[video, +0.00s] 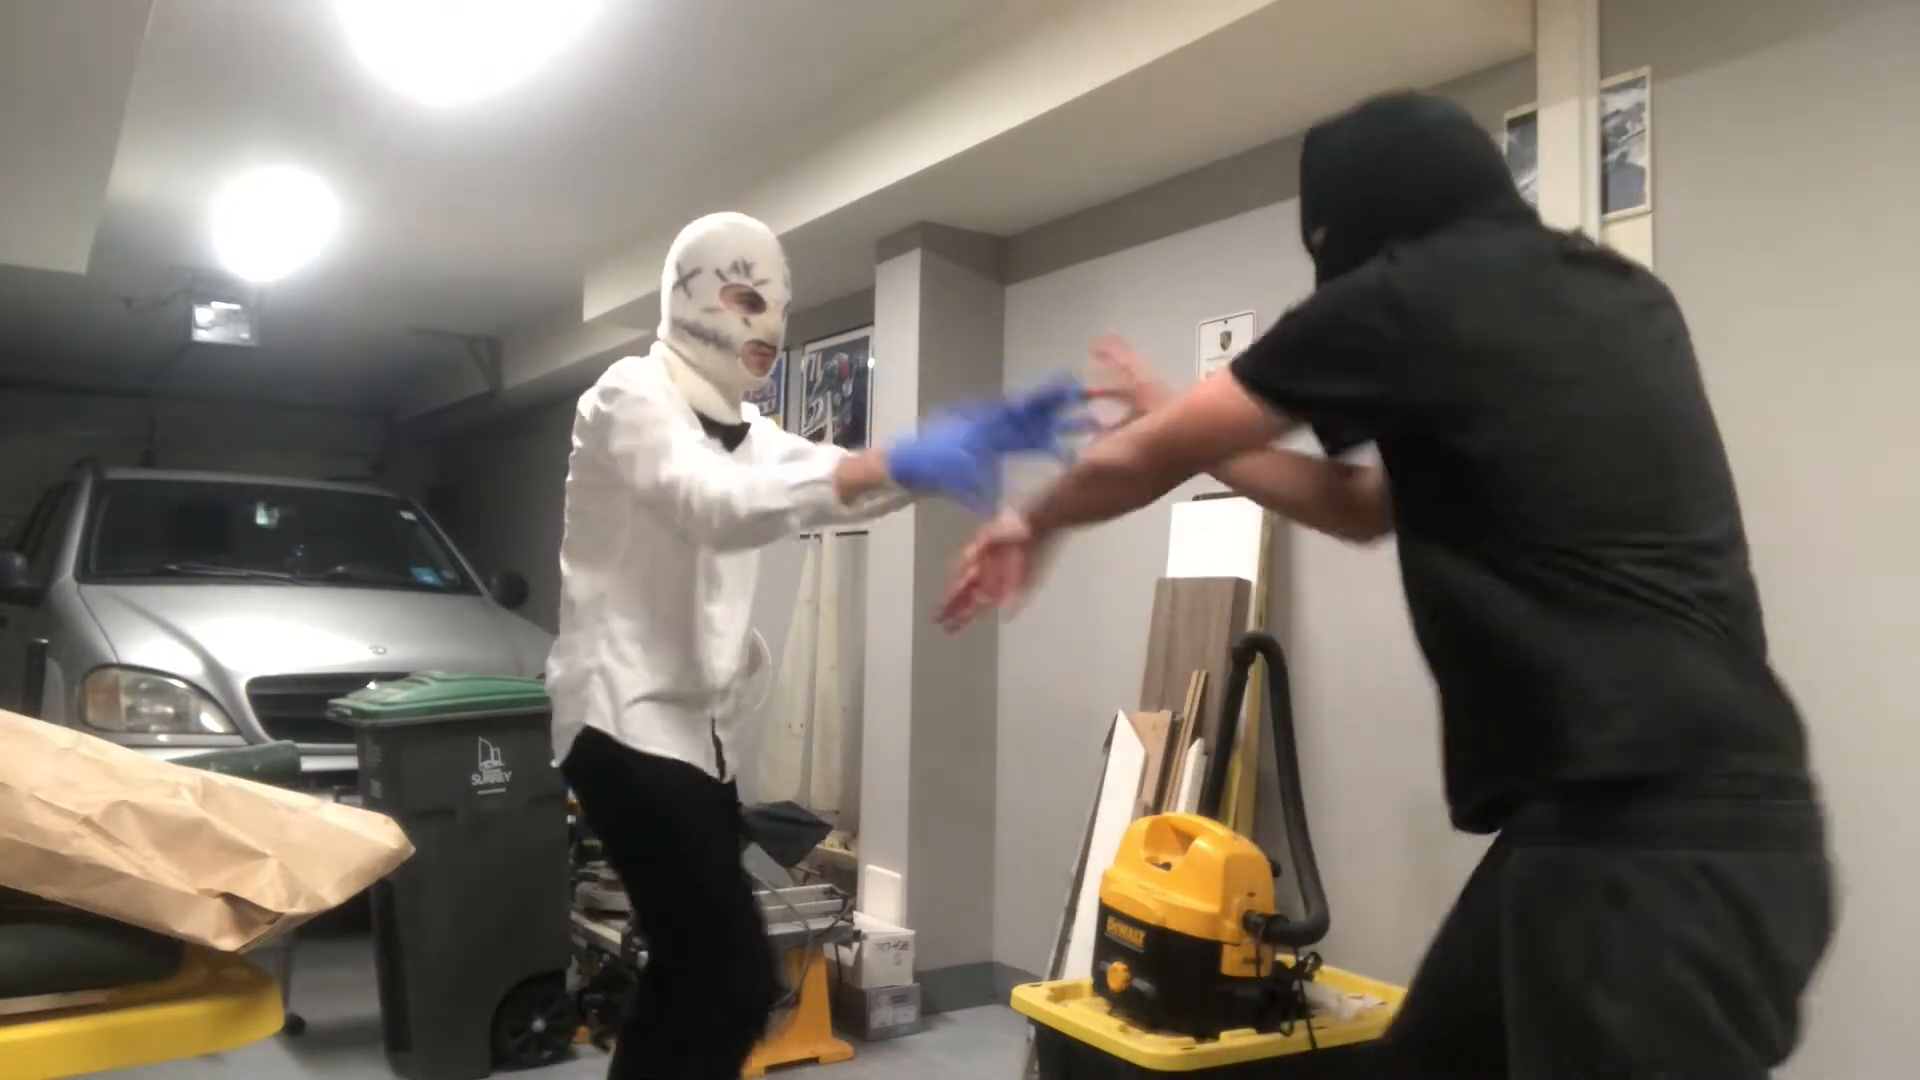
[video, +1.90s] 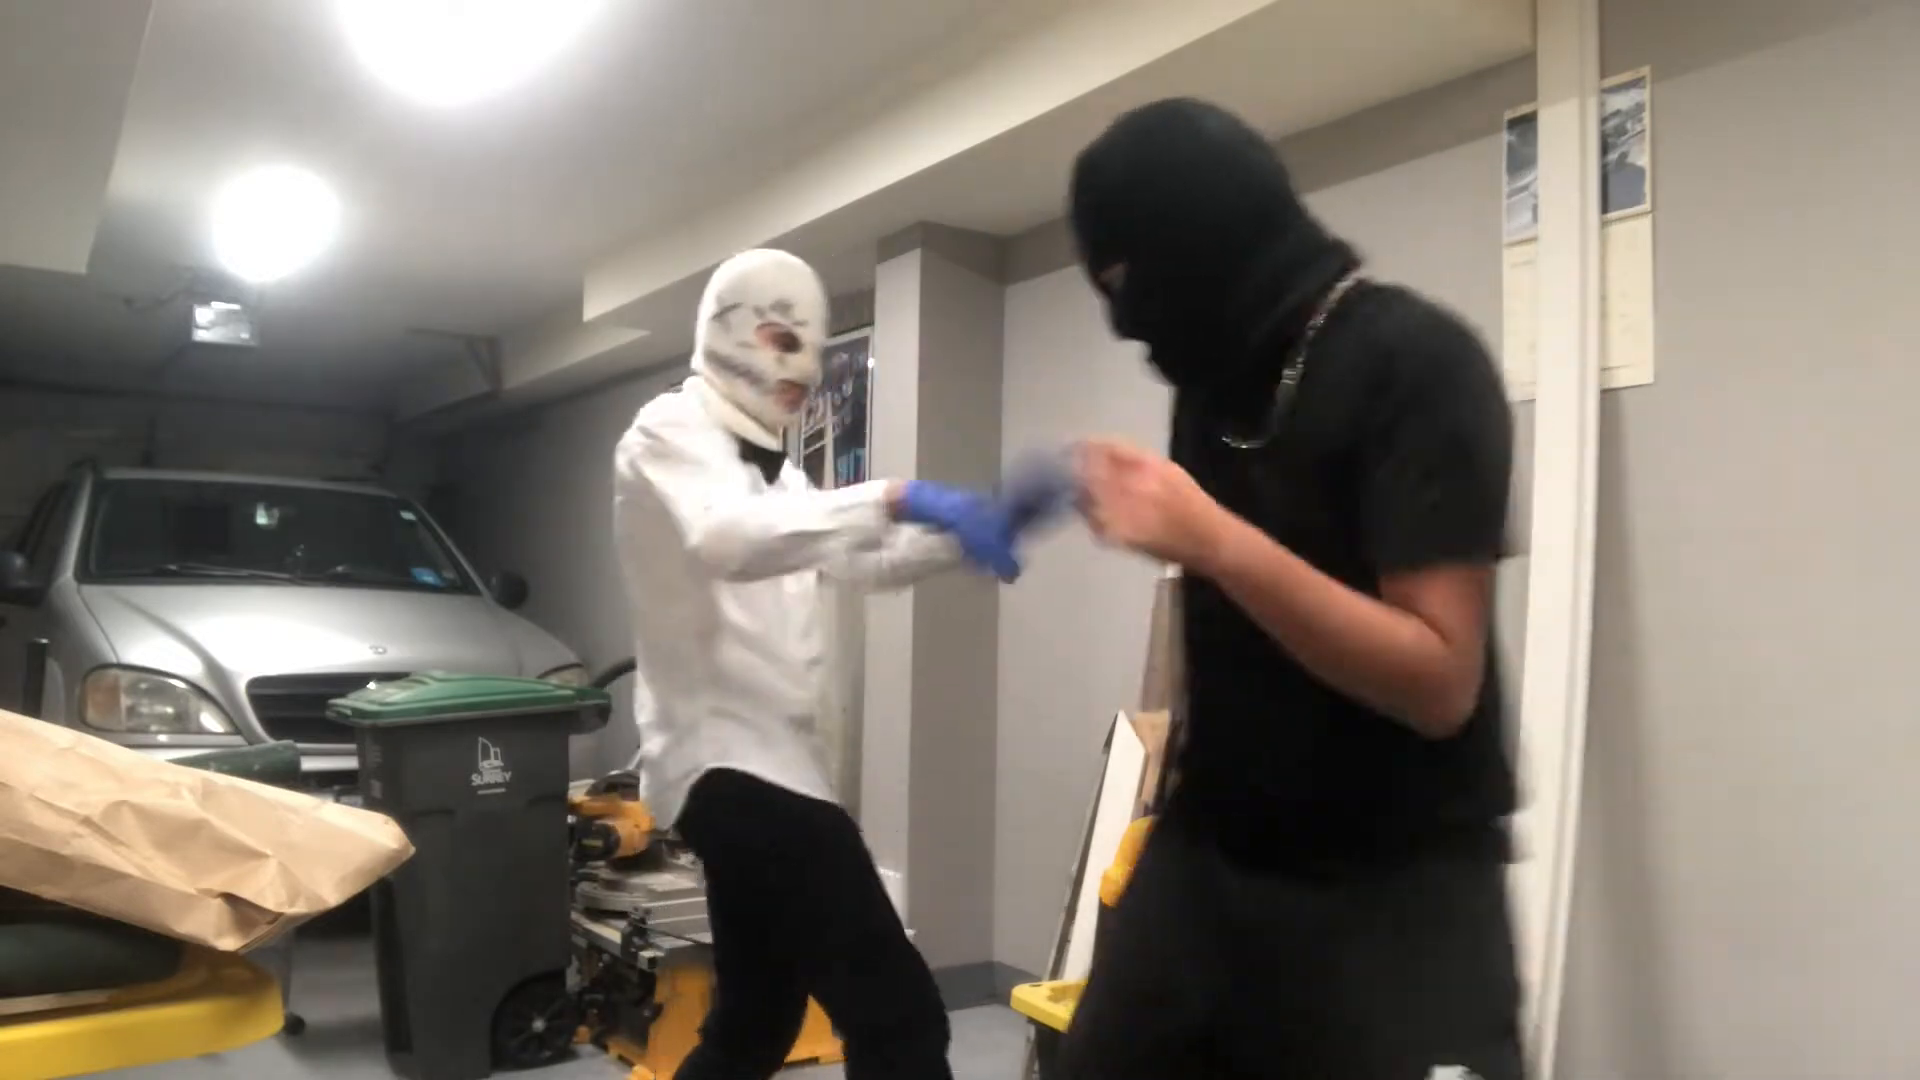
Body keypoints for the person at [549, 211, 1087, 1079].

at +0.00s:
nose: (766, 320)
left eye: (775, 302)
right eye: (743, 298)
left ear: (783, 310)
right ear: (684, 299)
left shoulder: (738, 428)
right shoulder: (630, 397)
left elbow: (834, 490)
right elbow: (714, 505)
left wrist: (976, 444)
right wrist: (882, 465)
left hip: (694, 728)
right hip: (623, 723)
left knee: (704, 971)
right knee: (722, 971)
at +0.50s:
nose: (816, 319)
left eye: (824, 303)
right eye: (796, 294)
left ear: (829, 314)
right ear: (734, 291)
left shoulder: (761, 433)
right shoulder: (682, 391)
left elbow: (833, 565)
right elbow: (731, 514)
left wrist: (937, 549)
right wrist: (899, 524)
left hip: (728, 741)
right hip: (671, 738)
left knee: (731, 1005)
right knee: (757, 1012)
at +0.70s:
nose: (831, 353)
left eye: (838, 332)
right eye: (817, 324)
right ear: (761, 311)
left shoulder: (711, 413)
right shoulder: (713, 403)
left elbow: (724, 623)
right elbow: (738, 516)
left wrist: (846, 625)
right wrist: (937, 470)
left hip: (679, 755)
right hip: (703, 759)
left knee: (703, 1012)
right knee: (863, 1004)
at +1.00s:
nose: (876, 343)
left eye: (884, 326)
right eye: (856, 316)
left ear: (886, 335)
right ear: (800, 317)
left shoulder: (783, 421)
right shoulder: (764, 406)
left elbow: (838, 636)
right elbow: (812, 512)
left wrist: (944, 574)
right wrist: (930, 378)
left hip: (738, 777)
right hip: (802, 772)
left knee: (731, 1029)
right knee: (925, 1043)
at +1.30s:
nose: (843, 333)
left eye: (852, 315)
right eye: (820, 307)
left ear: (863, 330)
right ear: (760, 309)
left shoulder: (799, 446)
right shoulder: (720, 416)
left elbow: (856, 592)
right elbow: (841, 513)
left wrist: (985, 595)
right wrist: (1035, 424)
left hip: (812, 770)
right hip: (772, 769)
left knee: (746, 1033)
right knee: (911, 1047)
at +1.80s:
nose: (820, 345)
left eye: (835, 335)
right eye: (800, 320)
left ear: (843, 357)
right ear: (749, 325)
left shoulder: (770, 455)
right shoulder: (713, 420)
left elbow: (856, 603)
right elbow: (765, 541)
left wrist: (938, 521)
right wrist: (940, 458)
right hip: (758, 766)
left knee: (735, 1031)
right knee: (917, 1045)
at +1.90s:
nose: (798, 349)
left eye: (810, 335)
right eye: (778, 324)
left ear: (815, 352)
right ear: (723, 328)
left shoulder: (775, 469)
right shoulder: (669, 430)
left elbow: (861, 556)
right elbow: (721, 539)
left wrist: (980, 530)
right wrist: (890, 500)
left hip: (784, 763)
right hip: (726, 764)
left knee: (751, 1025)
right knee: (898, 1015)